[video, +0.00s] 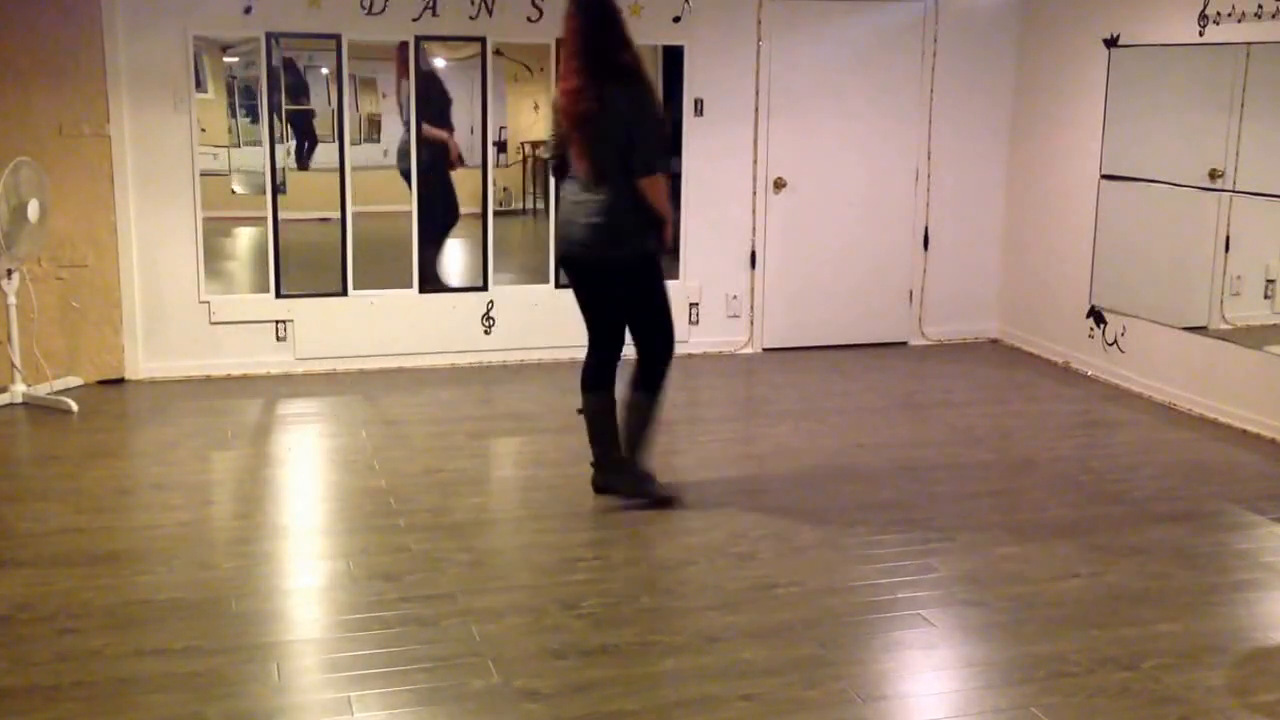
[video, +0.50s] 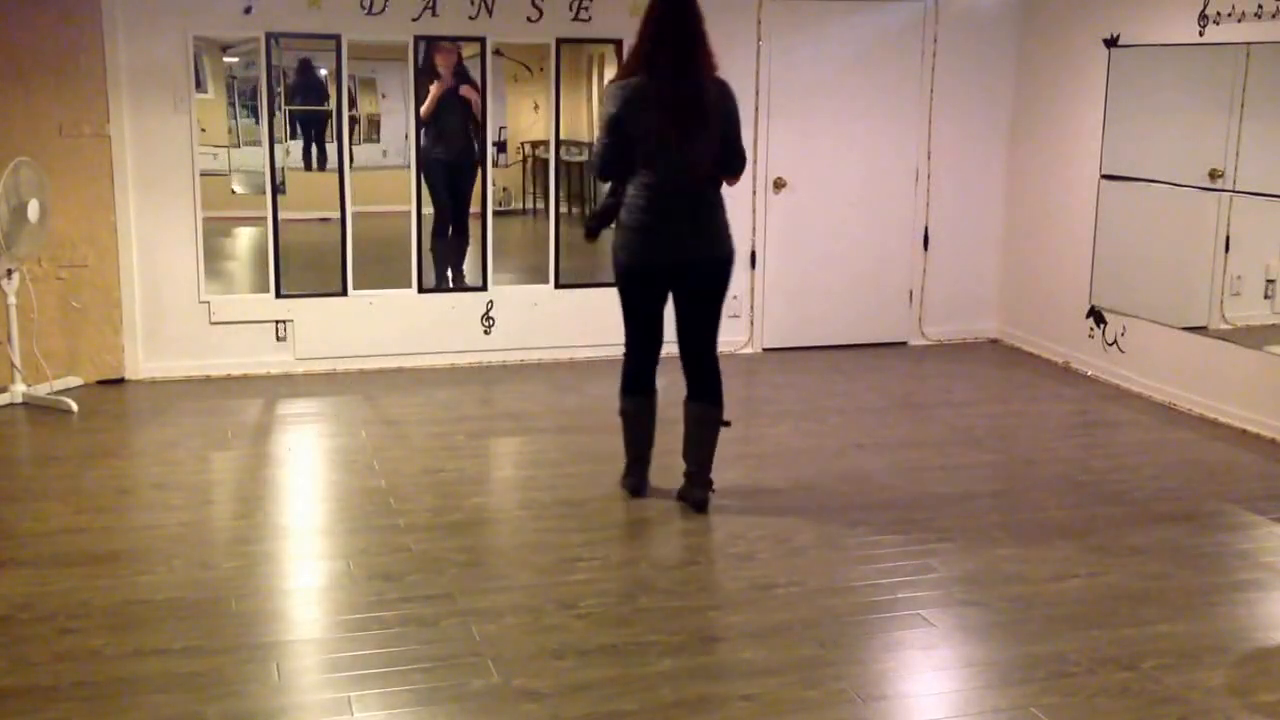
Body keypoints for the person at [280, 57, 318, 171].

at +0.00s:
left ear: (284, 68)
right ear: (295, 65)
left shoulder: (283, 80)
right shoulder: (299, 79)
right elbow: (304, 97)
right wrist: (310, 109)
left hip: (290, 111)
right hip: (301, 110)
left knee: (300, 140)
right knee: (313, 139)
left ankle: (300, 163)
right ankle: (305, 161)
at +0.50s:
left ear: (298, 69)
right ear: (312, 68)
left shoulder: (296, 82)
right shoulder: (317, 81)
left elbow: (290, 99)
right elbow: (325, 96)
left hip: (303, 113)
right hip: (319, 113)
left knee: (307, 141)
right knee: (320, 141)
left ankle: (307, 167)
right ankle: (321, 166)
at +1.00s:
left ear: (299, 68)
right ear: (312, 67)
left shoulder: (296, 81)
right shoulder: (317, 80)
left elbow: (291, 98)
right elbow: (325, 96)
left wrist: (293, 111)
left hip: (304, 113)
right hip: (320, 112)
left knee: (301, 141)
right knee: (322, 143)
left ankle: (296, 167)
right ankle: (323, 169)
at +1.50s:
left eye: (286, 67)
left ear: (286, 67)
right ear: (298, 66)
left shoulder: (284, 80)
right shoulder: (305, 79)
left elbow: (280, 96)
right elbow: (311, 96)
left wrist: (281, 108)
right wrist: (307, 102)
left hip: (290, 111)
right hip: (305, 110)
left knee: (291, 144)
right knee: (311, 141)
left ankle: (291, 170)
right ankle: (319, 167)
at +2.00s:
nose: (283, 69)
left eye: (283, 67)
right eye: (284, 67)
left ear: (283, 67)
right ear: (293, 66)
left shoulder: (279, 81)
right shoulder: (301, 80)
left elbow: (277, 99)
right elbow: (306, 97)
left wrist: (277, 113)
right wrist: (305, 111)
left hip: (286, 113)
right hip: (301, 113)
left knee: (288, 143)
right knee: (300, 141)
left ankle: (291, 167)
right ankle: (304, 166)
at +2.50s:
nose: (280, 70)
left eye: (281, 67)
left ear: (283, 67)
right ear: (294, 65)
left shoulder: (281, 80)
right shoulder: (301, 78)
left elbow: (278, 98)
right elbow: (306, 95)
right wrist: (304, 103)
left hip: (288, 112)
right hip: (302, 111)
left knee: (290, 143)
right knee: (302, 141)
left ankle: (291, 168)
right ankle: (305, 166)